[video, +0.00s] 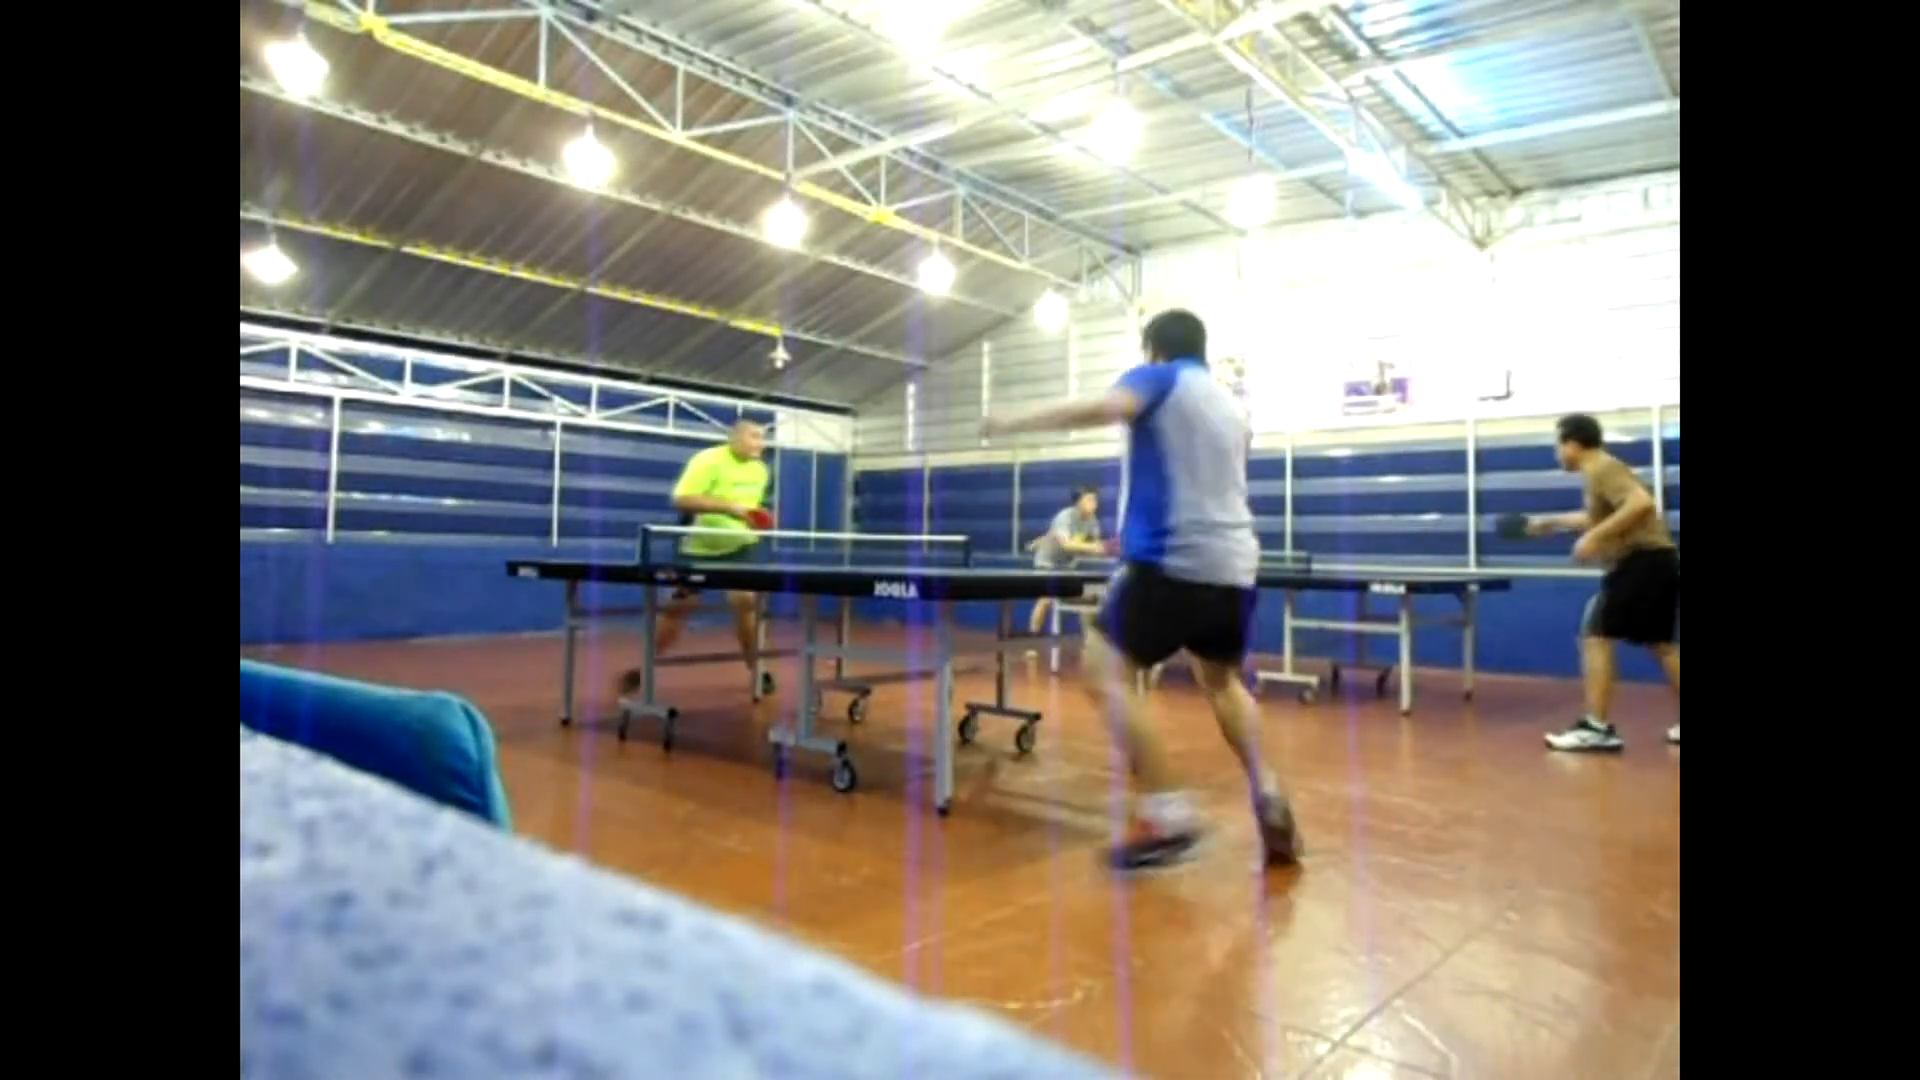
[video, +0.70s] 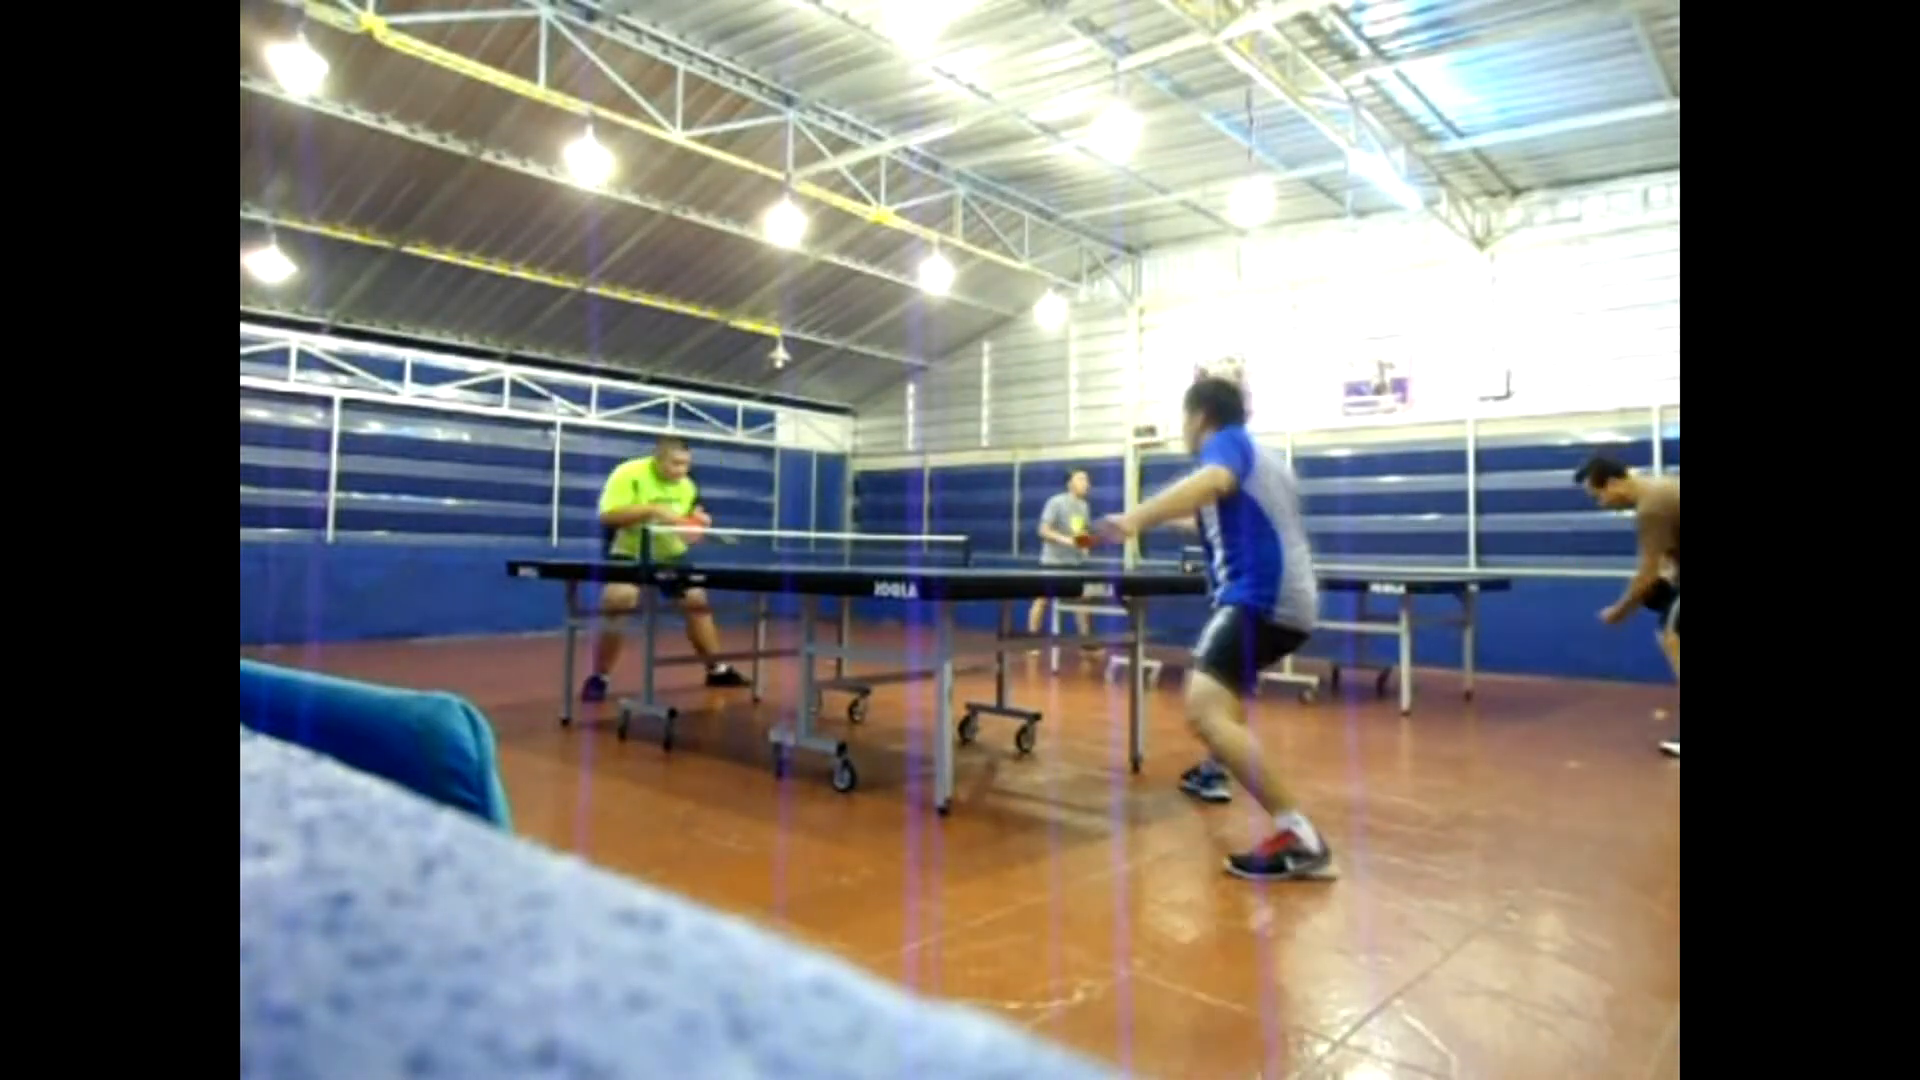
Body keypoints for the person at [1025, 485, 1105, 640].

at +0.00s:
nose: (1093, 505)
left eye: (1094, 500)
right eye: (1089, 500)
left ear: (1096, 502)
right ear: (1078, 501)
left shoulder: (1092, 520)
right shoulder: (1065, 516)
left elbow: (1097, 545)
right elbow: (1066, 544)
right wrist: (1094, 548)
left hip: (1070, 562)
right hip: (1047, 560)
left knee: (1078, 598)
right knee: (1046, 598)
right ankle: (1034, 635)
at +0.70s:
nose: (1085, 484)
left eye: (1086, 481)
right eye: (1080, 480)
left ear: (1087, 484)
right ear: (1071, 483)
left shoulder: (1084, 506)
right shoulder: (1056, 502)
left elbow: (1083, 529)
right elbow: (1043, 529)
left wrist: (1087, 540)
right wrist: (1068, 540)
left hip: (1075, 561)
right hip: (1053, 561)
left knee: (1080, 601)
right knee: (1042, 599)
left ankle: (1086, 638)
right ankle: (1033, 637)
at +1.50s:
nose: (1070, 486)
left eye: (1073, 481)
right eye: (1067, 482)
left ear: (1080, 484)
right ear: (1061, 485)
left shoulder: (1085, 507)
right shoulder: (1052, 505)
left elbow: (1089, 535)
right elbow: (1051, 532)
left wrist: (1092, 559)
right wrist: (1052, 558)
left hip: (1082, 561)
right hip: (1060, 561)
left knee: (1083, 601)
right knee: (1046, 599)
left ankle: (1086, 637)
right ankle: (1034, 635)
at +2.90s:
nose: (1074, 487)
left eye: (1077, 483)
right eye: (1070, 483)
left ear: (1082, 487)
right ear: (1063, 485)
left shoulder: (1084, 508)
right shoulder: (1051, 504)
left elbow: (1086, 533)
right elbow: (1043, 532)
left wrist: (1089, 554)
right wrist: (1065, 543)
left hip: (1080, 560)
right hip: (1056, 560)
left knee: (1083, 600)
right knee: (1046, 598)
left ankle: (1085, 638)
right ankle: (1034, 635)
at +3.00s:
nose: (1086, 490)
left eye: (1089, 486)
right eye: (1083, 485)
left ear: (1092, 489)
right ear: (1075, 487)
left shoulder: (1086, 507)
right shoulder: (1063, 504)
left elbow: (1085, 531)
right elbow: (1065, 522)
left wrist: (1087, 553)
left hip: (1077, 558)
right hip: (1057, 557)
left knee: (1081, 599)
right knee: (1049, 597)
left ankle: (1086, 636)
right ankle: (1037, 633)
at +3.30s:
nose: (1083, 490)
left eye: (1085, 486)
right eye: (1079, 486)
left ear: (1088, 490)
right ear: (1071, 488)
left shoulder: (1085, 509)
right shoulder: (1057, 505)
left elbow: (1087, 532)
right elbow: (1045, 526)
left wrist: (1083, 553)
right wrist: (1065, 530)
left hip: (1076, 558)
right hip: (1053, 557)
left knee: (1084, 599)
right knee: (1043, 597)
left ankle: (1087, 637)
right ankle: (1031, 634)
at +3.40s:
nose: (1078, 492)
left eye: (1081, 488)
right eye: (1075, 487)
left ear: (1084, 492)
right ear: (1067, 489)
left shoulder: (1082, 509)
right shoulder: (1053, 506)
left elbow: (1084, 531)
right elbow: (1039, 529)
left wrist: (1076, 552)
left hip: (1069, 558)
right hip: (1048, 558)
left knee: (1078, 599)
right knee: (1039, 597)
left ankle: (1085, 637)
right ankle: (1030, 634)